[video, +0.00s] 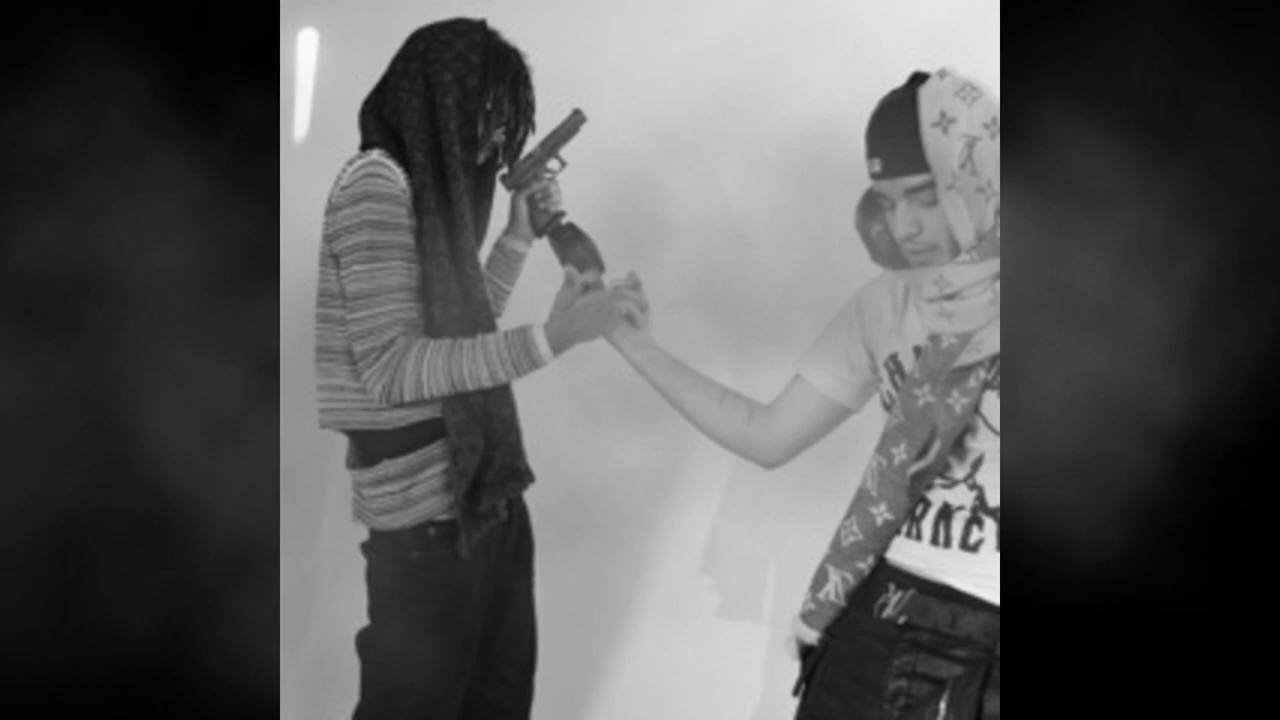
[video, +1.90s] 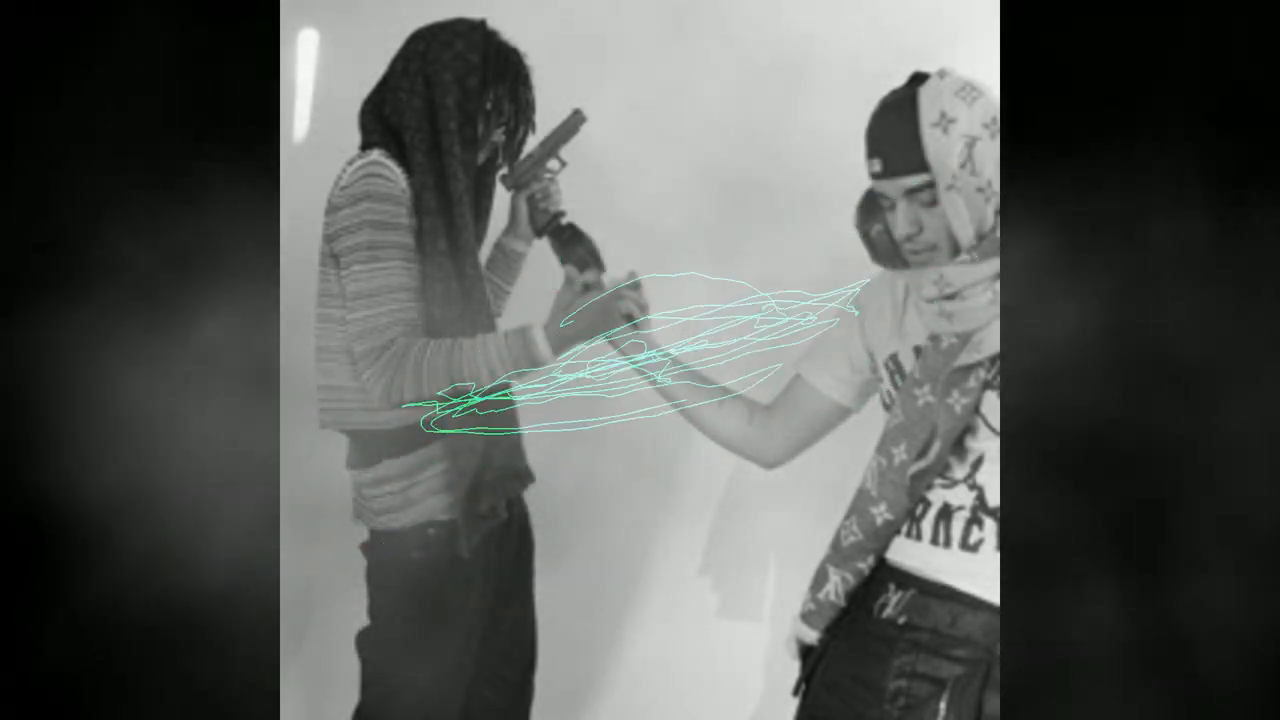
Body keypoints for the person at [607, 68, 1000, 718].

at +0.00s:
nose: (905, 229)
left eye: (926, 200)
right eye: (885, 206)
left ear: (980, 187)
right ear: (872, 206)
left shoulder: (1038, 289)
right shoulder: (888, 303)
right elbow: (767, 436)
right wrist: (634, 342)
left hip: (994, 637)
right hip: (884, 614)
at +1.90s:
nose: (905, 228)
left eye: (926, 198)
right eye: (886, 204)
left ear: (979, 185)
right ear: (874, 205)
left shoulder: (1036, 291)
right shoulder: (895, 304)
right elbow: (768, 436)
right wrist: (635, 343)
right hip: (895, 619)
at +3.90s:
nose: (905, 228)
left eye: (926, 200)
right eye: (887, 204)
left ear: (979, 186)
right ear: (874, 205)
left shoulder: (1035, 290)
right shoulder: (887, 303)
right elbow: (770, 437)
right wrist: (640, 345)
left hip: (989, 642)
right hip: (879, 615)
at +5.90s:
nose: (905, 227)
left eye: (926, 198)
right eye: (886, 204)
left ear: (978, 182)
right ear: (873, 202)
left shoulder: (1037, 290)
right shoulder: (892, 302)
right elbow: (769, 436)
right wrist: (637, 340)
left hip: (991, 641)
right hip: (876, 613)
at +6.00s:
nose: (904, 225)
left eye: (922, 199)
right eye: (889, 203)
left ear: (980, 186)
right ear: (875, 201)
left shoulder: (1041, 294)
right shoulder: (897, 304)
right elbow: (769, 436)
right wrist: (634, 339)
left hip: (997, 643)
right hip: (882, 617)